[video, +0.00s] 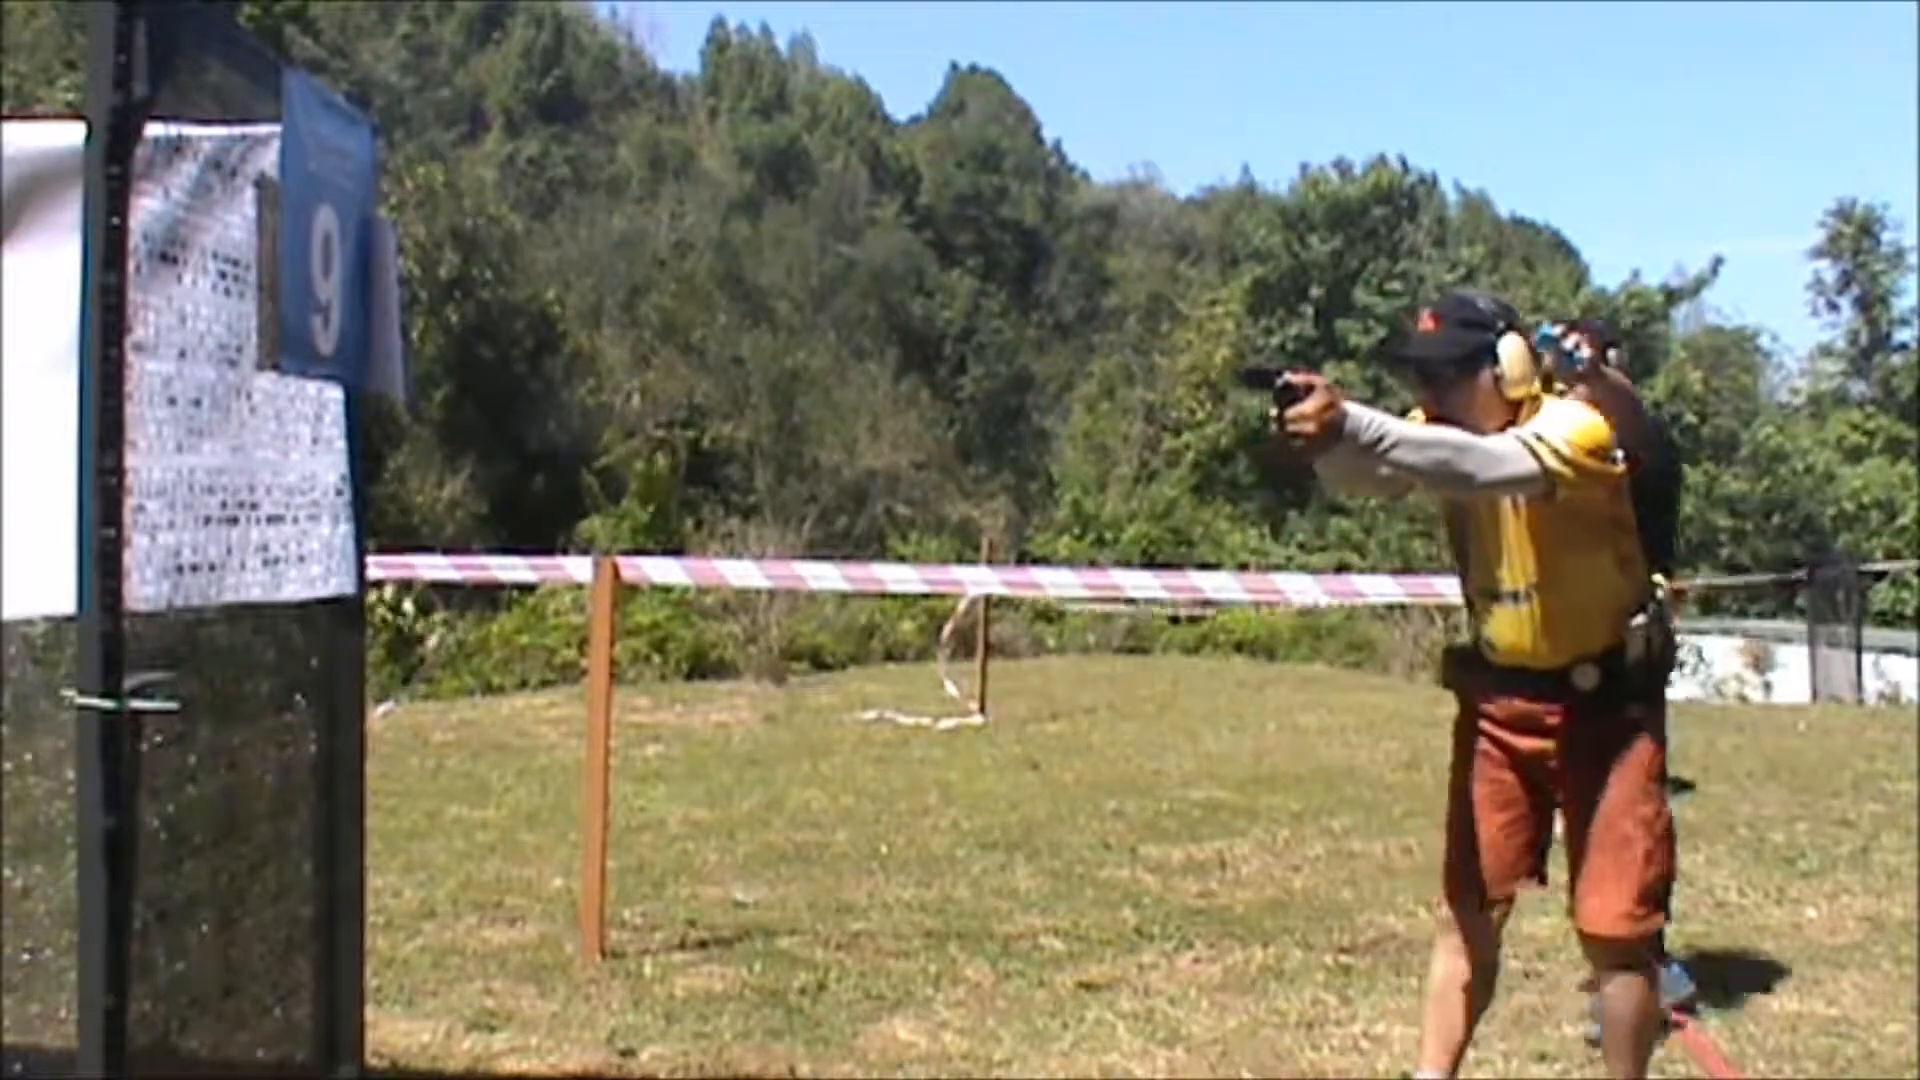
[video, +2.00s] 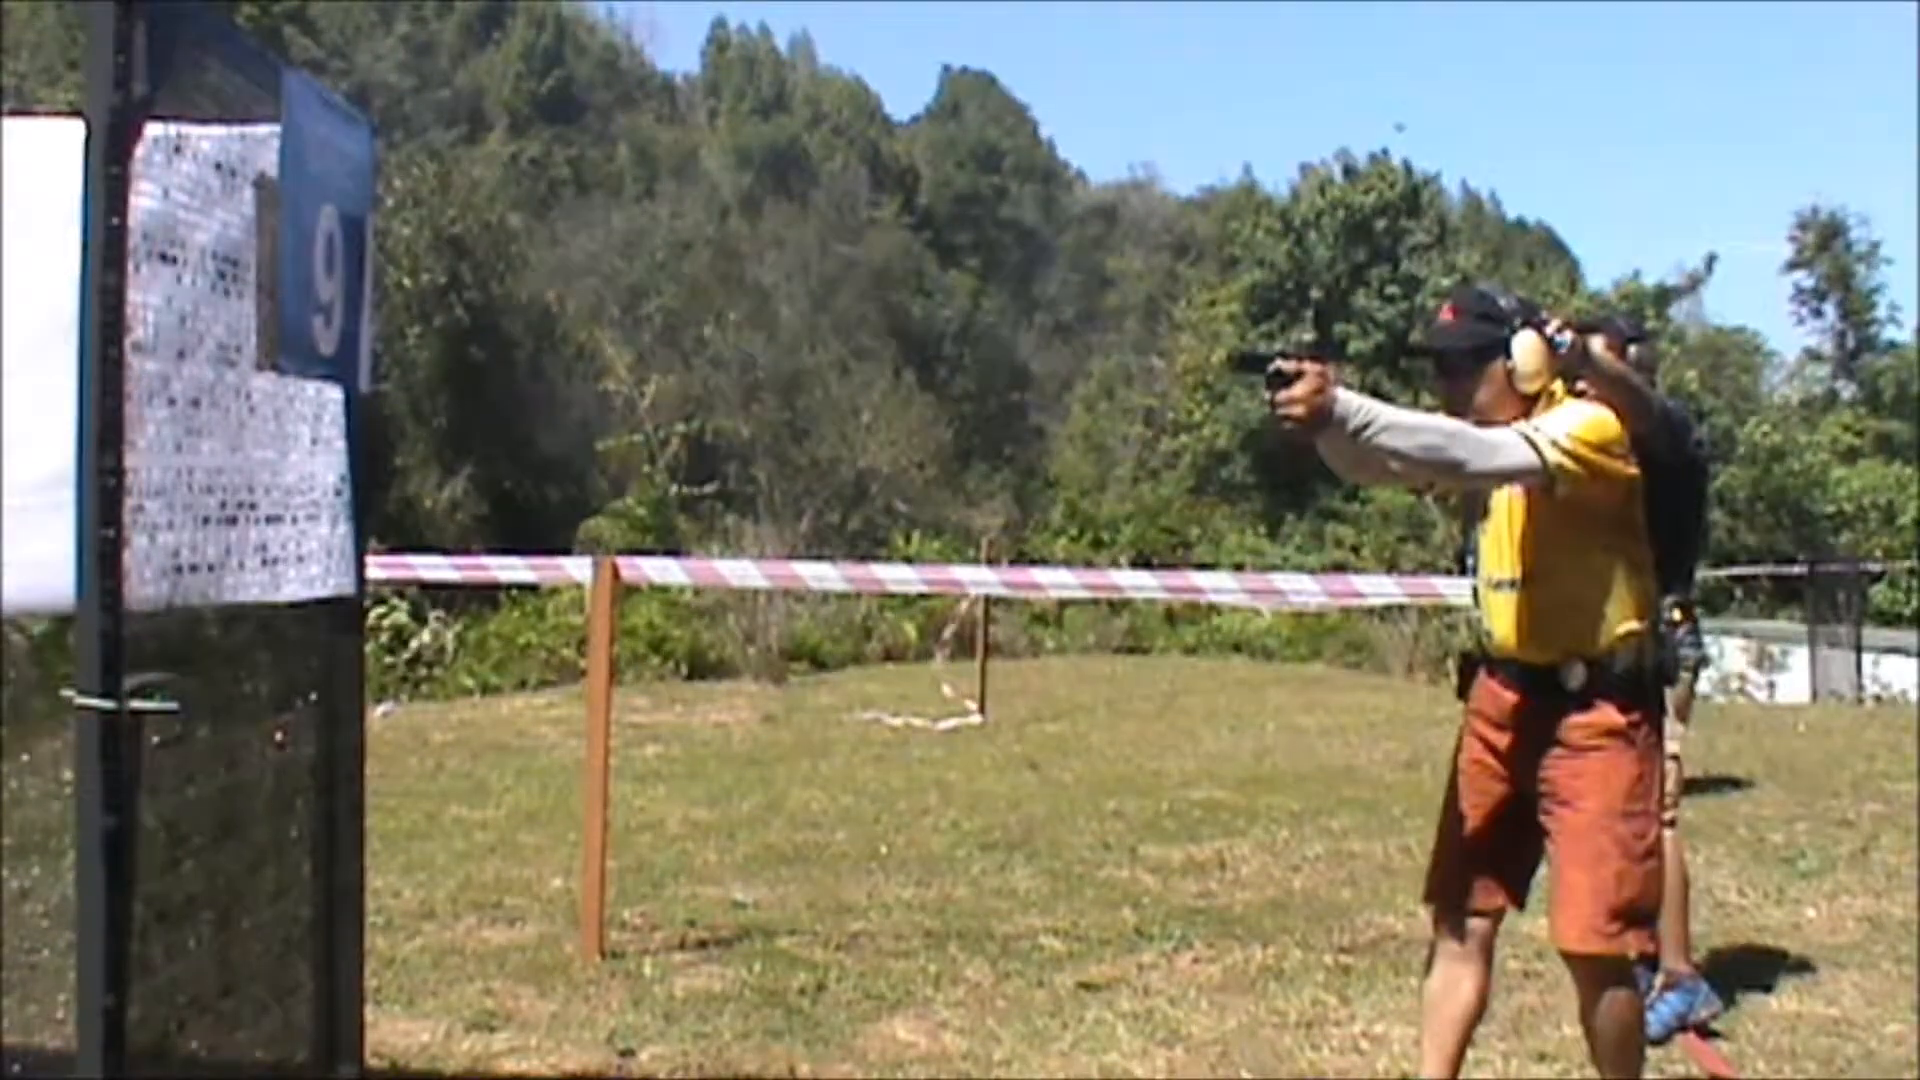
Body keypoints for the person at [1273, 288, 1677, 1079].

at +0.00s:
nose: (1431, 399)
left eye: (1446, 379)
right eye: (1424, 382)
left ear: (1505, 369)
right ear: (1425, 380)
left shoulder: (1580, 427)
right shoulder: (1458, 445)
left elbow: (1483, 464)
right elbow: (1377, 474)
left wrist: (1350, 420)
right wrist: (1323, 437)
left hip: (1609, 707)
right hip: (1500, 704)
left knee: (1618, 930)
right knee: (1471, 907)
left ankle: (1626, 1073)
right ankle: (1433, 1071)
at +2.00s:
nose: (1448, 390)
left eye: (1461, 371)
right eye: (1442, 372)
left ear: (1513, 362)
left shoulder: (1592, 426)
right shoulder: (1491, 439)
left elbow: (1480, 454)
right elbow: (1386, 465)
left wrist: (1343, 405)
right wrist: (1320, 420)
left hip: (1601, 710)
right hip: (1504, 701)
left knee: (1595, 945)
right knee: (1463, 919)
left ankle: (1622, 1073)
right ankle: (1433, 1071)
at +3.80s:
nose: (1411, 417)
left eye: (1423, 405)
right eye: (1413, 404)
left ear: (1469, 421)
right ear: (1457, 423)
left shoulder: (1549, 486)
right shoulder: (1420, 481)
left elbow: (1455, 576)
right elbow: (1322, 565)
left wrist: (1321, 516)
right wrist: (1291, 508)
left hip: (1557, 751)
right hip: (1457, 734)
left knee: (1562, 962)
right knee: (1355, 896)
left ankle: (1609, 1073)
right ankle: (1355, 1066)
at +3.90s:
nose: (1389, 469)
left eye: (1402, 461)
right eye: (1394, 457)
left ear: (1441, 475)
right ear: (1423, 468)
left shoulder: (1523, 526)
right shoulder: (1394, 515)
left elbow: (1420, 618)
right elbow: (1297, 605)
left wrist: (1277, 570)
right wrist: (1247, 581)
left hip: (1535, 773)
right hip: (1433, 757)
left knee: (1548, 972)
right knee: (1311, 901)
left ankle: (1606, 1073)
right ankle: (1294, 1062)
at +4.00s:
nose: (1296, 509)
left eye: (1304, 495)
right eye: (1297, 495)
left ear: (1343, 502)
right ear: (1322, 507)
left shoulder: (1426, 544)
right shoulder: (1315, 564)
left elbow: (1422, 644)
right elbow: (1244, 633)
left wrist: (1314, 680)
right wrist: (1162, 620)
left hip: (1473, 796)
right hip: (1374, 785)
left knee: (1501, 990)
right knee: (1244, 904)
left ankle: (1590, 1072)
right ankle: (1201, 1064)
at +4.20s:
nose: (1035, 484)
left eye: (1046, 470)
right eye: (1037, 472)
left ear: (1081, 475)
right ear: (1082, 480)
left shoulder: (1119, 515)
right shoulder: (1097, 562)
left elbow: (1203, 560)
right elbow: (1053, 659)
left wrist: (1222, 683)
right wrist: (952, 623)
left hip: (1285, 761)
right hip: (1213, 779)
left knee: (1393, 954)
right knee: (1116, 901)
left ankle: (1529, 1070)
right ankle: (1173, 1067)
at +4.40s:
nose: (793, 475)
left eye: (800, 460)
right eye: (793, 464)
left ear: (832, 464)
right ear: (824, 482)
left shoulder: (878, 483)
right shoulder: (855, 575)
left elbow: (957, 470)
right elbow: (792, 646)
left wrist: (897, 569)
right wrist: (693, 602)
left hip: (1033, 703)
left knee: (899, 894)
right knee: (1033, 917)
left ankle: (1065, 1007)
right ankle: (1143, 1050)